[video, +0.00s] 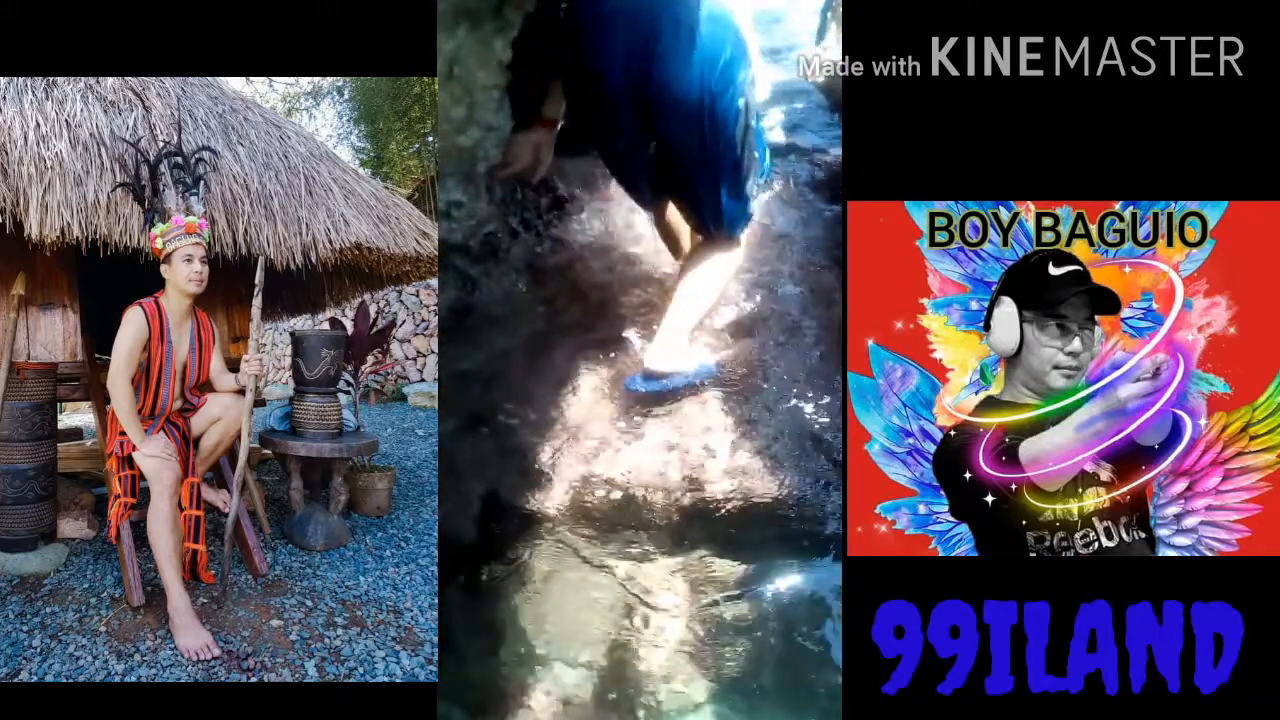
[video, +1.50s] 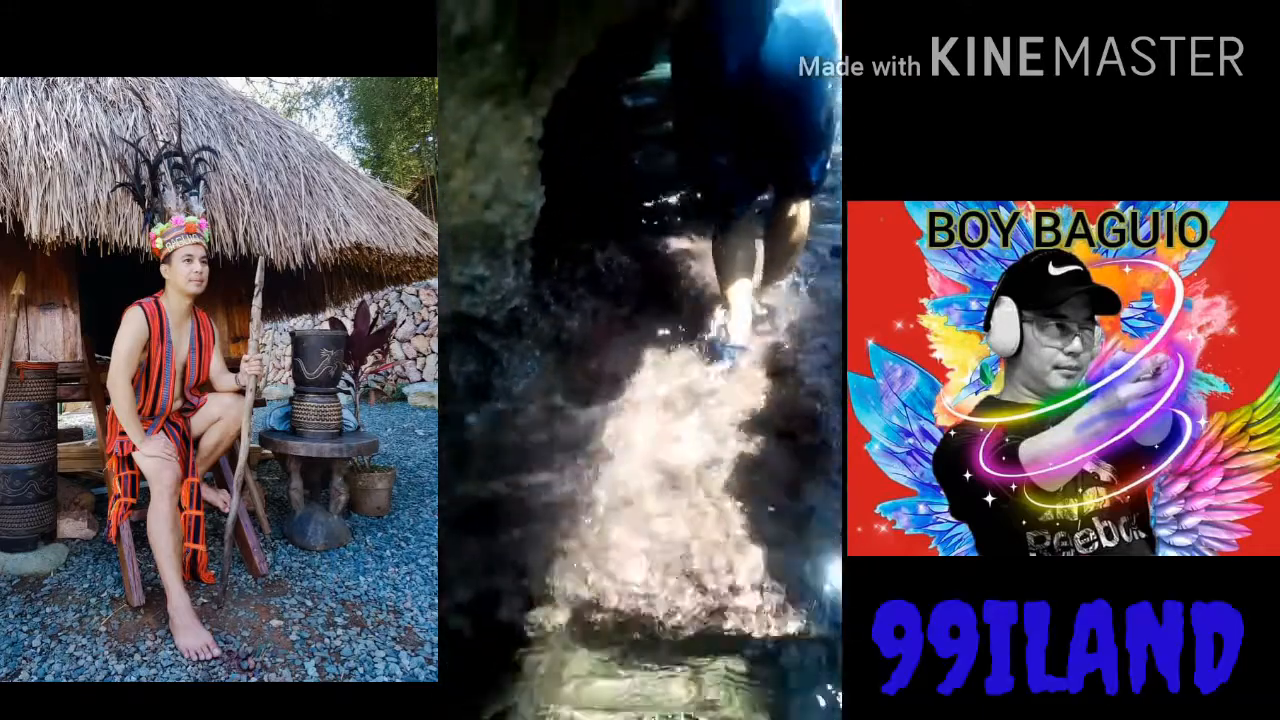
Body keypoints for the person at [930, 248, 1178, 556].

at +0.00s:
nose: (1076, 346)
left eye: (1086, 328)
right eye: (1055, 327)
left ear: (1097, 334)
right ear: (1007, 328)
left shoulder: (1113, 408)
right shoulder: (962, 446)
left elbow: (1155, 435)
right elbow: (1022, 472)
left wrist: (1149, 396)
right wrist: (1106, 412)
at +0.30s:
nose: (1076, 346)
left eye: (1086, 328)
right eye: (1055, 326)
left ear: (1097, 335)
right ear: (1007, 328)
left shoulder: (1113, 408)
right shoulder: (962, 446)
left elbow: (1156, 435)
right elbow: (1021, 471)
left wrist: (1147, 395)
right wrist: (1105, 413)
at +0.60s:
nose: (1076, 346)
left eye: (1086, 328)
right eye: (1055, 327)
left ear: (1096, 334)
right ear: (1007, 327)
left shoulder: (1114, 408)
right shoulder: (962, 446)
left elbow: (1155, 435)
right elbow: (1022, 471)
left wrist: (1149, 397)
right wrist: (1106, 411)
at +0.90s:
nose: (1076, 346)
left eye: (1086, 328)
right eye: (1055, 327)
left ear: (1097, 334)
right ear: (1007, 328)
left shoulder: (1114, 408)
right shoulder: (962, 446)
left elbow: (1155, 435)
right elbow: (1022, 472)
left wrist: (1149, 396)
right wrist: (1106, 412)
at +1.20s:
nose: (1076, 346)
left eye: (1086, 328)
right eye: (1055, 326)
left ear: (1097, 335)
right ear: (1007, 328)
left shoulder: (1113, 408)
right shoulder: (962, 446)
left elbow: (1156, 435)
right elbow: (1022, 471)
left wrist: (1147, 395)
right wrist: (1105, 413)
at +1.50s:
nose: (1076, 346)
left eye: (1086, 328)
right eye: (1055, 327)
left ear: (1097, 334)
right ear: (1007, 328)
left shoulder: (1114, 408)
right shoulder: (962, 446)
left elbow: (1155, 435)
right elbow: (1022, 472)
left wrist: (1149, 397)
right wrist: (1106, 412)